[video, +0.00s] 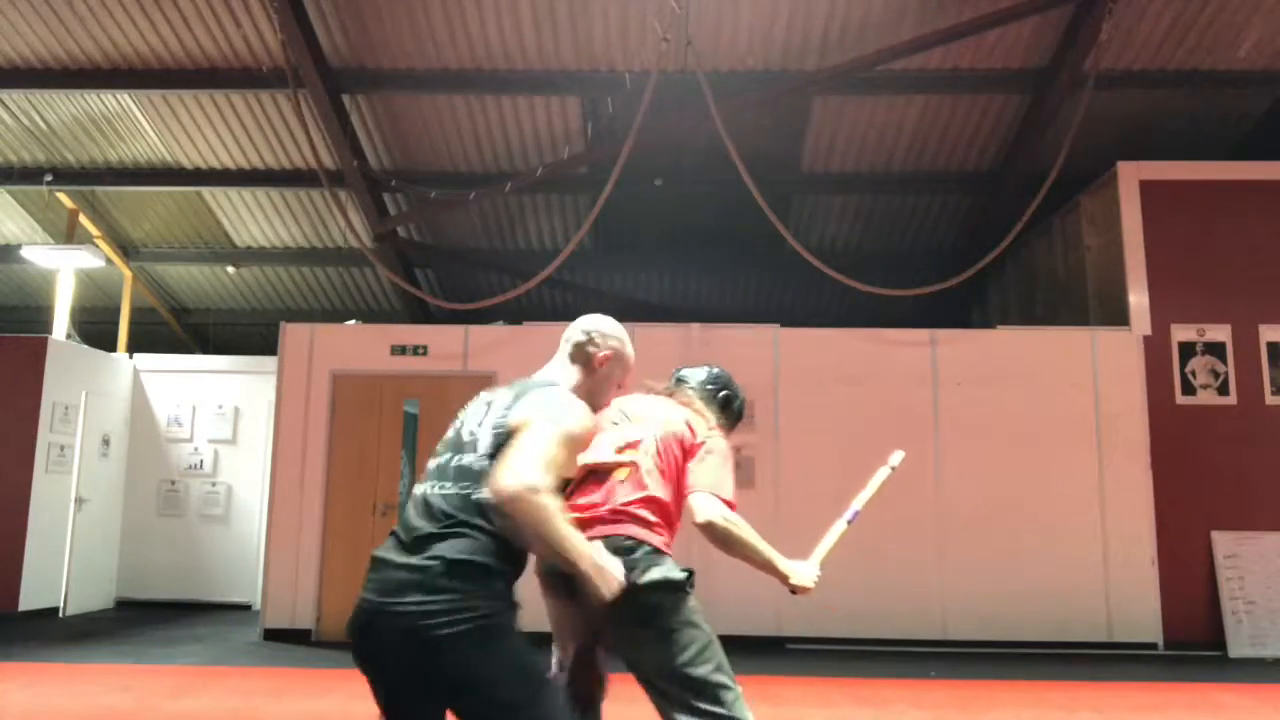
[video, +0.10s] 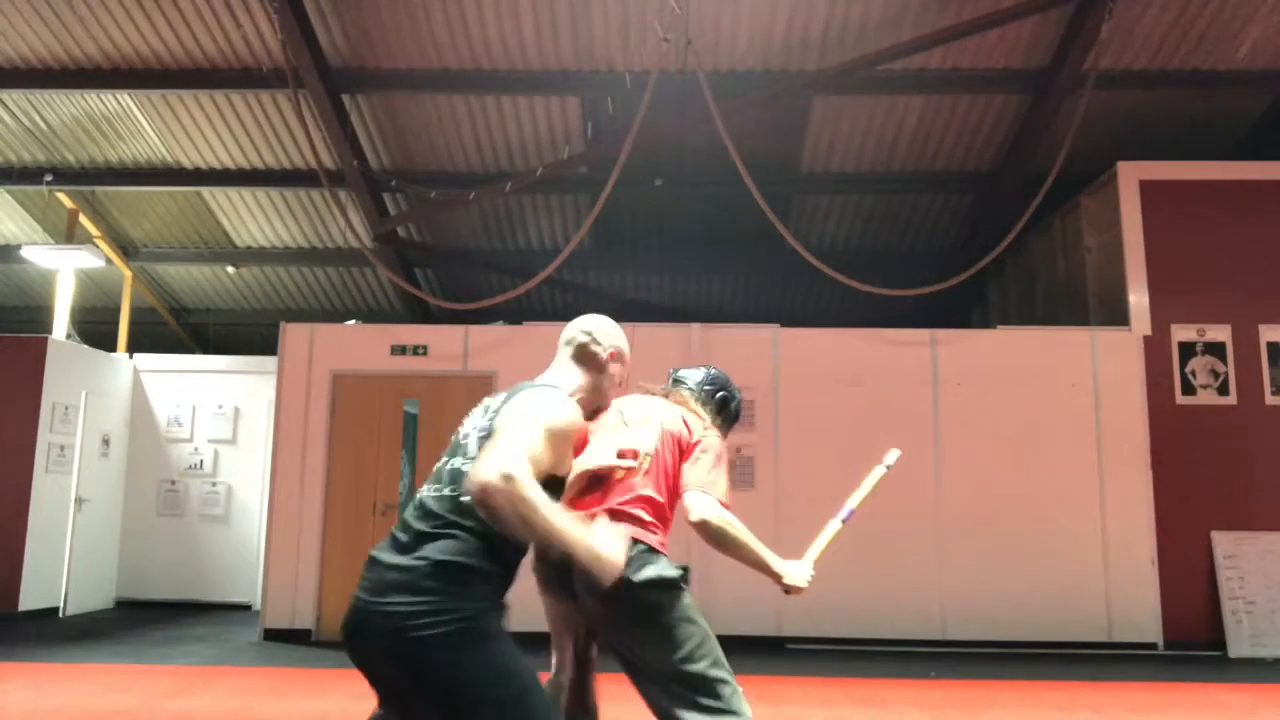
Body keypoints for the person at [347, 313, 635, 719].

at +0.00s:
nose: (613, 398)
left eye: (622, 386)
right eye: (619, 382)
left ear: (563, 352)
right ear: (601, 360)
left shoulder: (483, 401)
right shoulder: (565, 409)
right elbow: (515, 488)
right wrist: (590, 559)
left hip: (379, 615)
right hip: (457, 621)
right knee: (547, 708)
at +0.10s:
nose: (621, 390)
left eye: (625, 375)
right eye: (624, 372)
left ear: (563, 353)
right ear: (610, 358)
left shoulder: (497, 403)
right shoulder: (557, 409)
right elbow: (495, 479)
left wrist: (577, 469)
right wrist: (588, 545)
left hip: (375, 613)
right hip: (440, 621)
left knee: (412, 709)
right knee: (534, 708)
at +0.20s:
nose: (607, 398)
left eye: (611, 380)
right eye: (611, 378)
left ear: (550, 359)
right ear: (602, 366)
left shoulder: (501, 406)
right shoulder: (532, 398)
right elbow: (486, 467)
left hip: (379, 606)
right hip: (416, 611)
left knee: (425, 705)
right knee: (522, 710)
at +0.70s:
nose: (531, 381)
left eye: (537, 374)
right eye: (535, 369)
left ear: (485, 339)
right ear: (517, 343)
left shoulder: (416, 389)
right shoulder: (500, 387)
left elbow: (414, 494)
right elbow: (571, 470)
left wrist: (489, 503)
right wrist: (600, 388)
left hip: (360, 584)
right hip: (418, 587)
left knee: (416, 698)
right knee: (483, 710)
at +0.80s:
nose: (526, 397)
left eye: (532, 390)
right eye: (529, 386)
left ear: (482, 360)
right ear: (508, 360)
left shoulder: (405, 403)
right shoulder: (501, 407)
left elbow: (409, 497)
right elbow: (560, 501)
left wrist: (480, 510)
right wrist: (591, 423)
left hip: (343, 591)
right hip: (413, 594)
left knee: (401, 690)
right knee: (484, 712)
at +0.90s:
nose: (524, 408)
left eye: (530, 400)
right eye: (526, 397)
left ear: (483, 369)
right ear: (505, 371)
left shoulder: (404, 410)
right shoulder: (497, 415)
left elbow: (399, 500)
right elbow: (562, 504)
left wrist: (467, 516)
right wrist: (587, 421)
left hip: (336, 593)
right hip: (407, 592)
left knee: (394, 688)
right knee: (480, 711)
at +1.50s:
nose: (519, 411)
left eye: (524, 401)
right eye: (519, 395)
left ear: (483, 375)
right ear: (489, 375)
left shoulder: (391, 417)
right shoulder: (483, 438)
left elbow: (460, 501)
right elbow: (561, 515)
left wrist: (542, 475)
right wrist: (600, 432)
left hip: (319, 606)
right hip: (384, 610)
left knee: (382, 685)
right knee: (443, 712)